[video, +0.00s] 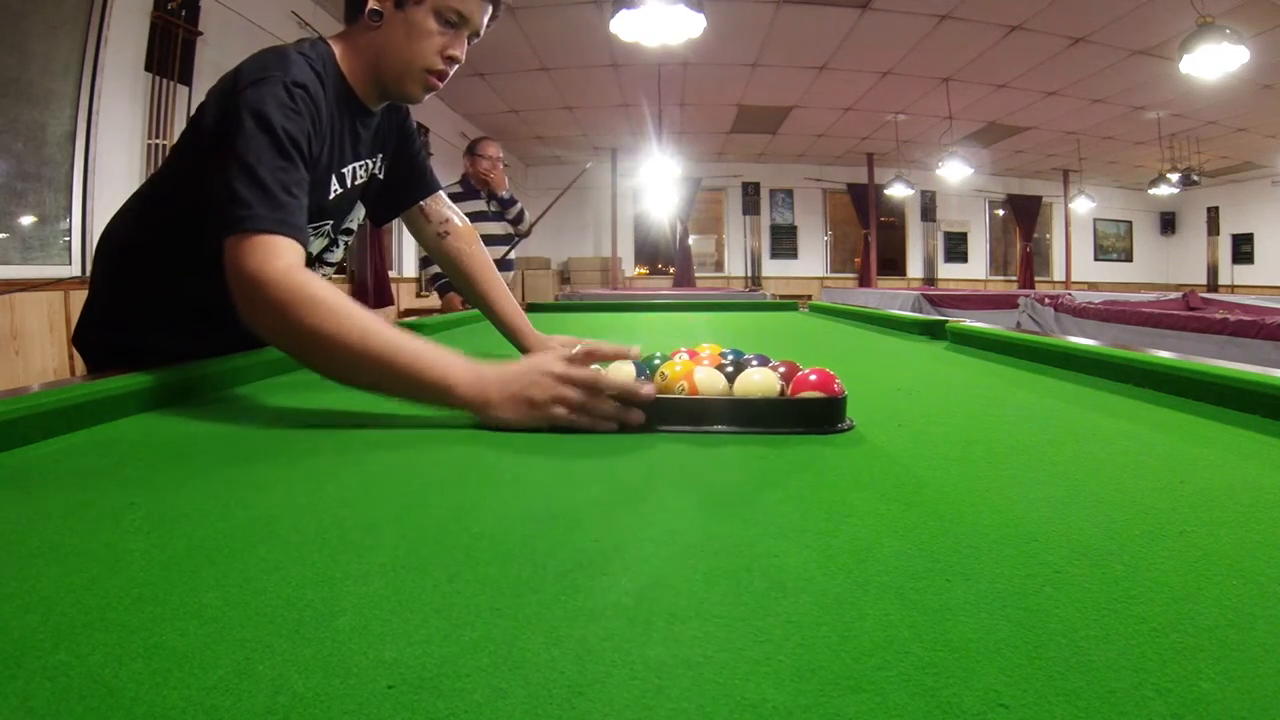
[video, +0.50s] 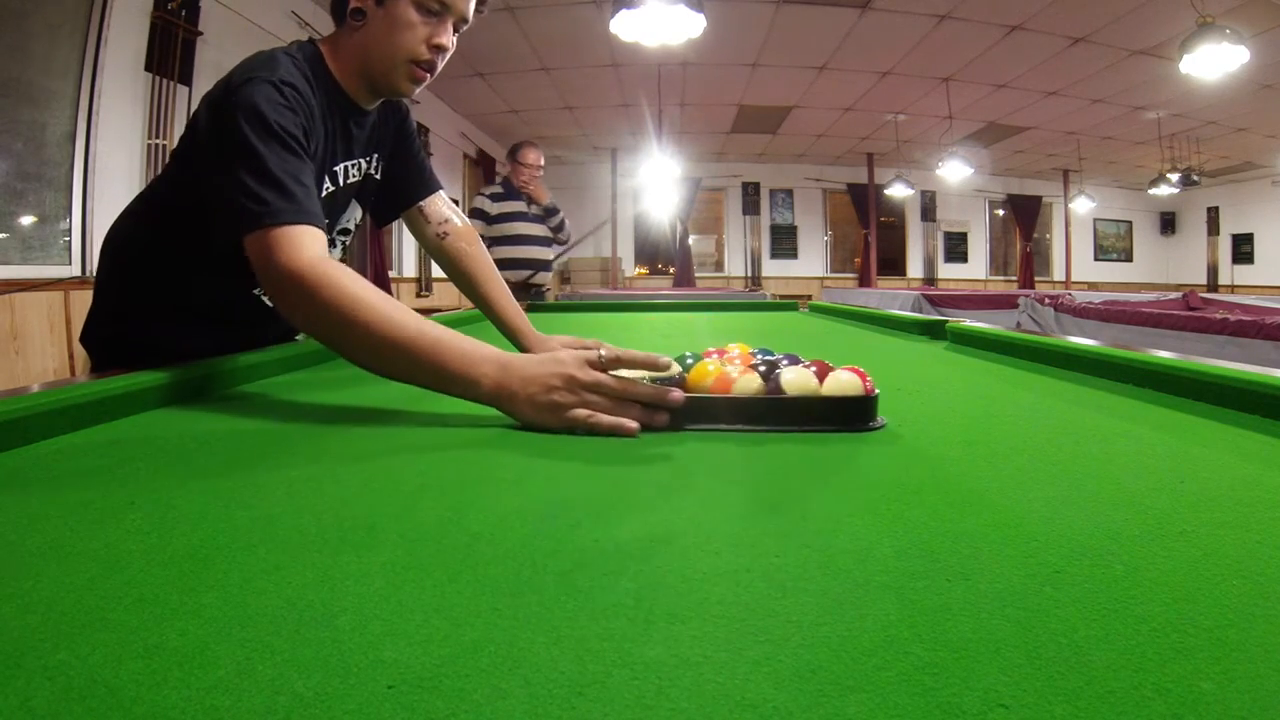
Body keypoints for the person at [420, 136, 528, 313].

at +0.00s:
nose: (494, 166)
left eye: (499, 160)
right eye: (487, 158)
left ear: (504, 165)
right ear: (468, 162)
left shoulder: (504, 199)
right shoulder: (444, 198)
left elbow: (525, 230)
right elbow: (429, 252)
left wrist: (503, 193)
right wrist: (445, 293)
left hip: (500, 295)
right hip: (462, 299)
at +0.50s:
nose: (536, 174)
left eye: (540, 168)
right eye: (529, 167)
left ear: (543, 169)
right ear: (511, 164)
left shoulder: (541, 199)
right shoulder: (489, 196)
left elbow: (564, 239)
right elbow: (472, 241)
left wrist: (547, 203)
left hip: (537, 293)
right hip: (502, 291)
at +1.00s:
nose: (546, 166)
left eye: (552, 161)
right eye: (539, 160)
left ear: (558, 167)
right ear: (527, 165)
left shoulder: (565, 206)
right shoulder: (508, 200)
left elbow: (587, 246)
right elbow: (491, 246)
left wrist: (586, 233)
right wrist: (495, 286)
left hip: (559, 294)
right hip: (522, 292)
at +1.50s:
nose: (542, 158)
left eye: (548, 153)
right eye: (534, 154)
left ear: (556, 160)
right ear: (524, 163)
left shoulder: (575, 199)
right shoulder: (506, 203)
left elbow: (595, 234)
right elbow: (491, 248)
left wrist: (609, 263)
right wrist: (496, 284)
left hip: (569, 296)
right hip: (527, 298)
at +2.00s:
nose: (565, 155)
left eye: (572, 151)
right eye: (558, 151)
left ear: (582, 162)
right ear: (549, 162)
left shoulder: (601, 202)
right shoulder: (529, 201)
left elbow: (616, 242)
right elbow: (514, 244)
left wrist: (632, 279)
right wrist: (516, 284)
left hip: (589, 297)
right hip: (544, 298)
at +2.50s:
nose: (609, 154)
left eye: (617, 150)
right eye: (602, 149)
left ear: (625, 157)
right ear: (593, 157)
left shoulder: (638, 203)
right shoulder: (569, 198)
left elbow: (649, 246)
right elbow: (551, 242)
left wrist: (649, 285)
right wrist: (549, 284)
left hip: (619, 300)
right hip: (574, 298)